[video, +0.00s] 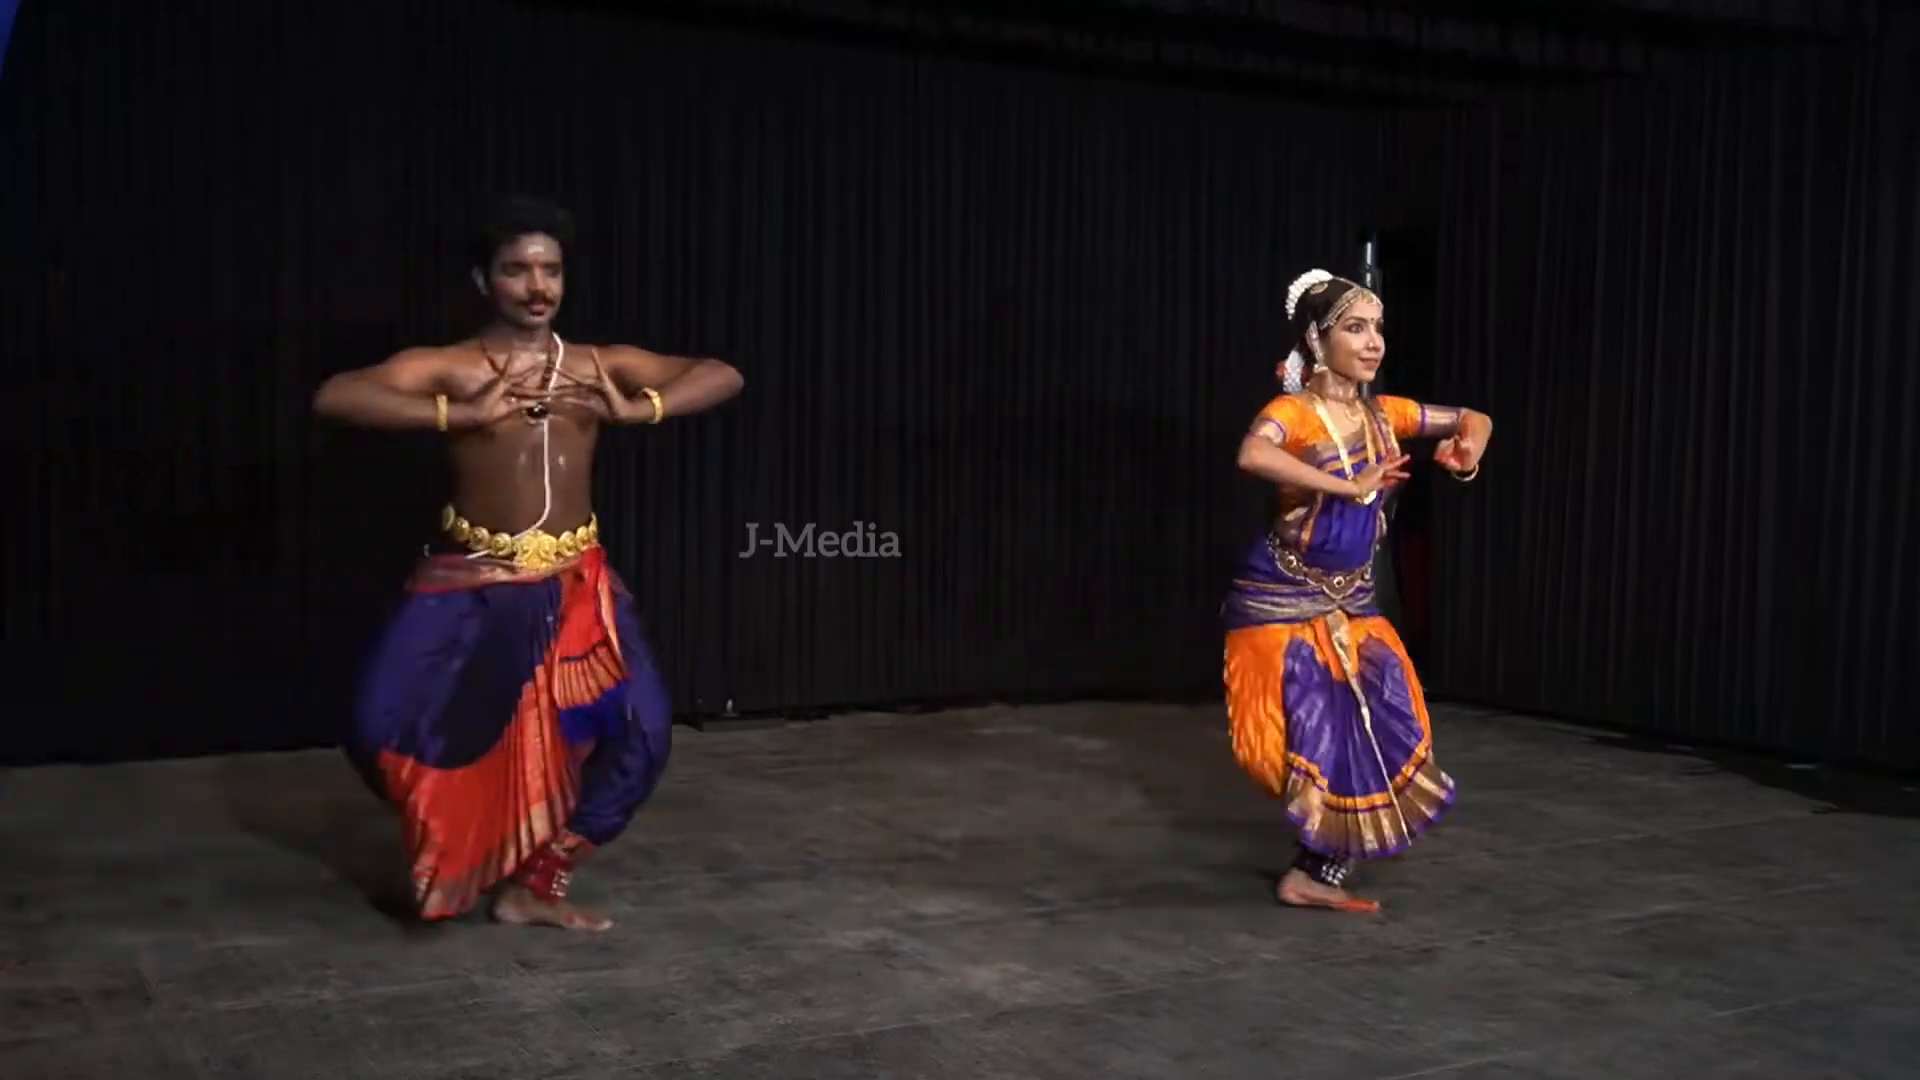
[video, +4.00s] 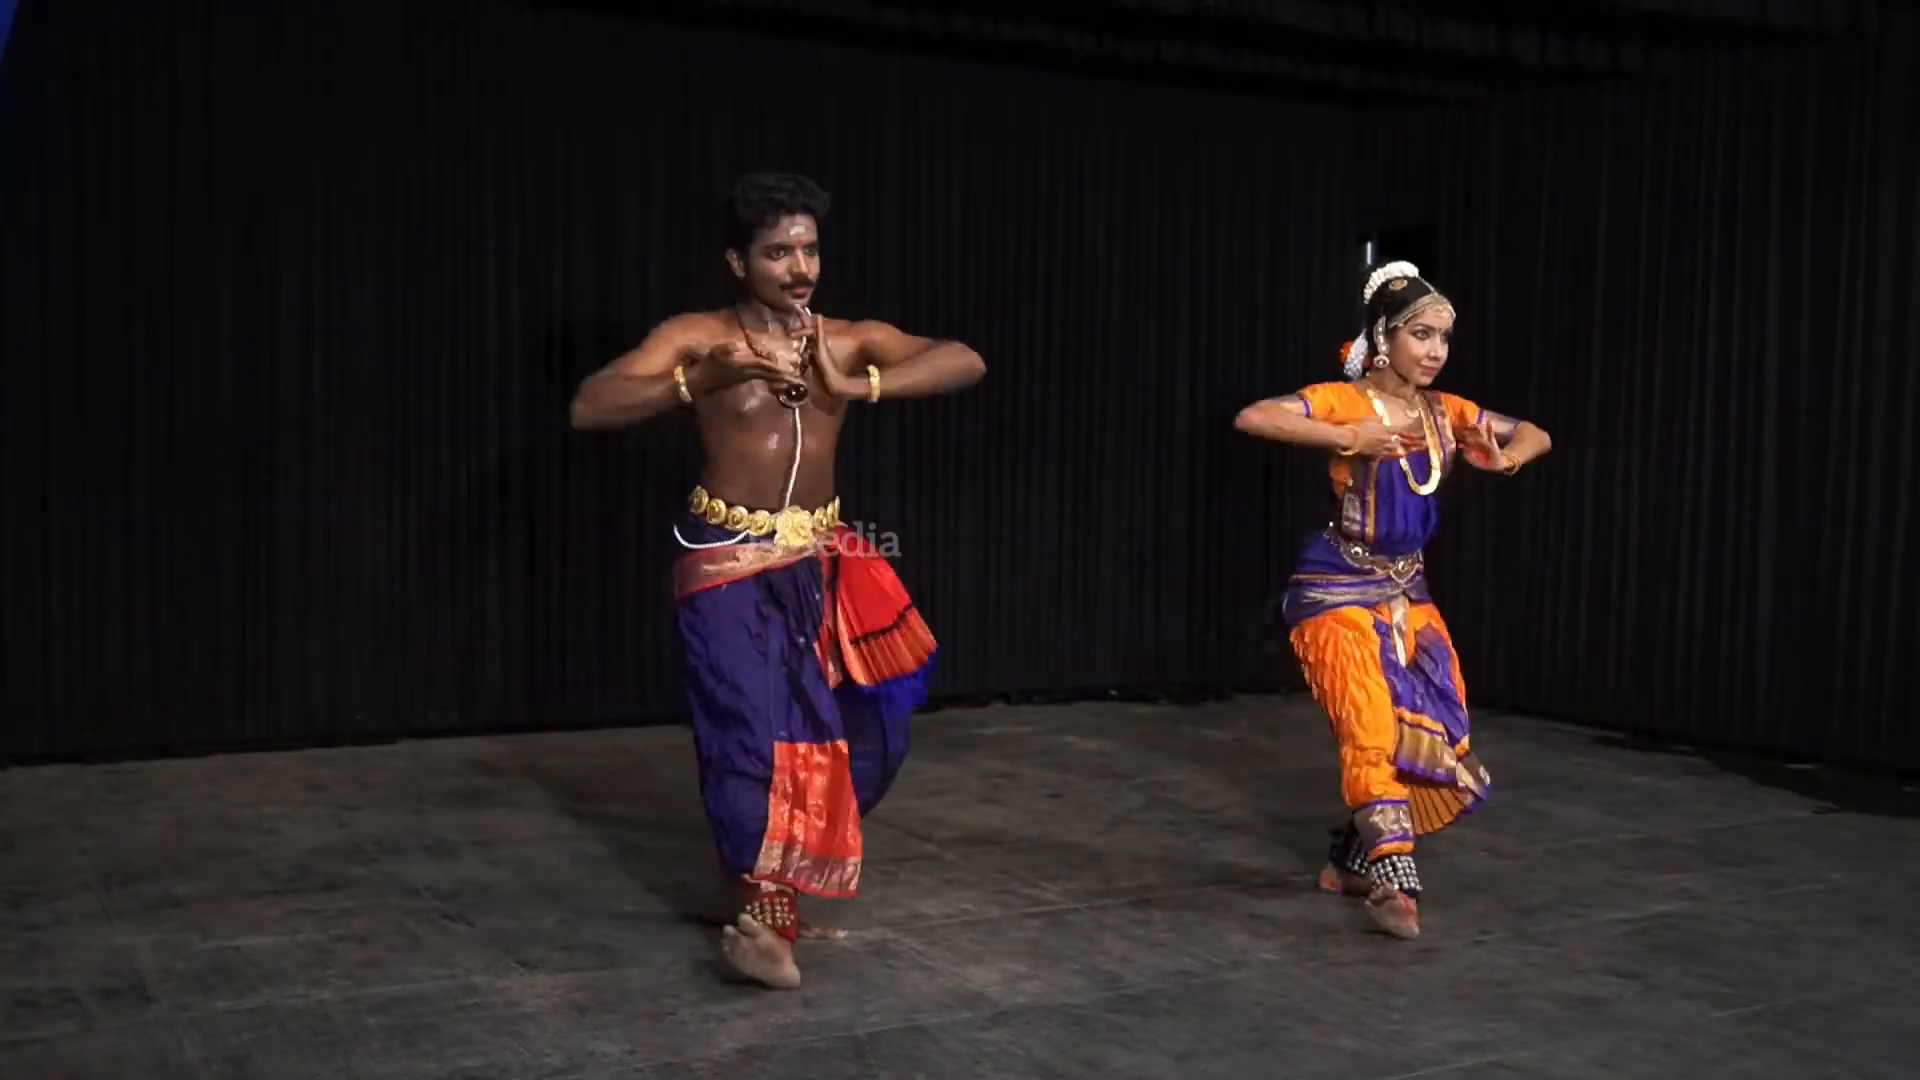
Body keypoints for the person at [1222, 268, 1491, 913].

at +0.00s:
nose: (1374, 342)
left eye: (1379, 329)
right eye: (1357, 328)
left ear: (1383, 339)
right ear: (1318, 340)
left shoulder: (1385, 412)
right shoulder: (1293, 411)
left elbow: (1476, 420)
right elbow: (1254, 455)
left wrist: (1471, 442)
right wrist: (1349, 485)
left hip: (1351, 607)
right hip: (1279, 607)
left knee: (1392, 721)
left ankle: (1314, 875)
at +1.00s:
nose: (1669, 407)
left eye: (1666, 398)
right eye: (1665, 398)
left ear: (1637, 406)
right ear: (1650, 405)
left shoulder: (1653, 472)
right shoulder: (1605, 446)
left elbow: (1690, 478)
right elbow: (1553, 452)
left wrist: (1735, 467)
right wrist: (1488, 451)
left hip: (1599, 612)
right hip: (1551, 598)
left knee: (1651, 690)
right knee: (1535, 696)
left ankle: (1606, 802)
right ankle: (1476, 803)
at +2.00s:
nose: (1651, 362)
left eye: (1656, 352)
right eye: (1637, 350)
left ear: (1658, 364)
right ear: (1602, 360)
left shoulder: (1652, 430)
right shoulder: (1577, 421)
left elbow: (1718, 441)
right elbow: (1544, 462)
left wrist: (1724, 456)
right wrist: (1621, 494)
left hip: (1600, 588)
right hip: (1540, 580)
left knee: (1656, 666)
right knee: (1522, 685)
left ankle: (1647, 795)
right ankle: (1522, 830)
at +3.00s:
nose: (1410, 355)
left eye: (1416, 344)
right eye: (1394, 342)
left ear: (1421, 357)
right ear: (1358, 354)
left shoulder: (1426, 438)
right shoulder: (1327, 424)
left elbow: (1517, 492)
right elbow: (1304, 494)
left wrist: (1489, 487)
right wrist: (1389, 496)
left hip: (1373, 609)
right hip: (1295, 600)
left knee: (1412, 714)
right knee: (1251, 709)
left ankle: (1341, 851)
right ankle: (1265, 847)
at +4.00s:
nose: (1438, 352)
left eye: (1445, 338)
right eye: (1424, 336)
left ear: (1448, 343)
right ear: (1384, 339)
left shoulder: (1444, 409)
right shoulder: (1346, 401)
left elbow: (1535, 434)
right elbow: (1252, 418)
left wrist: (1507, 458)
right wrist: (1351, 438)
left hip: (1408, 594)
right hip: (1336, 591)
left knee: (1440, 731)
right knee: (1369, 723)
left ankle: (1353, 858)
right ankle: (1394, 880)